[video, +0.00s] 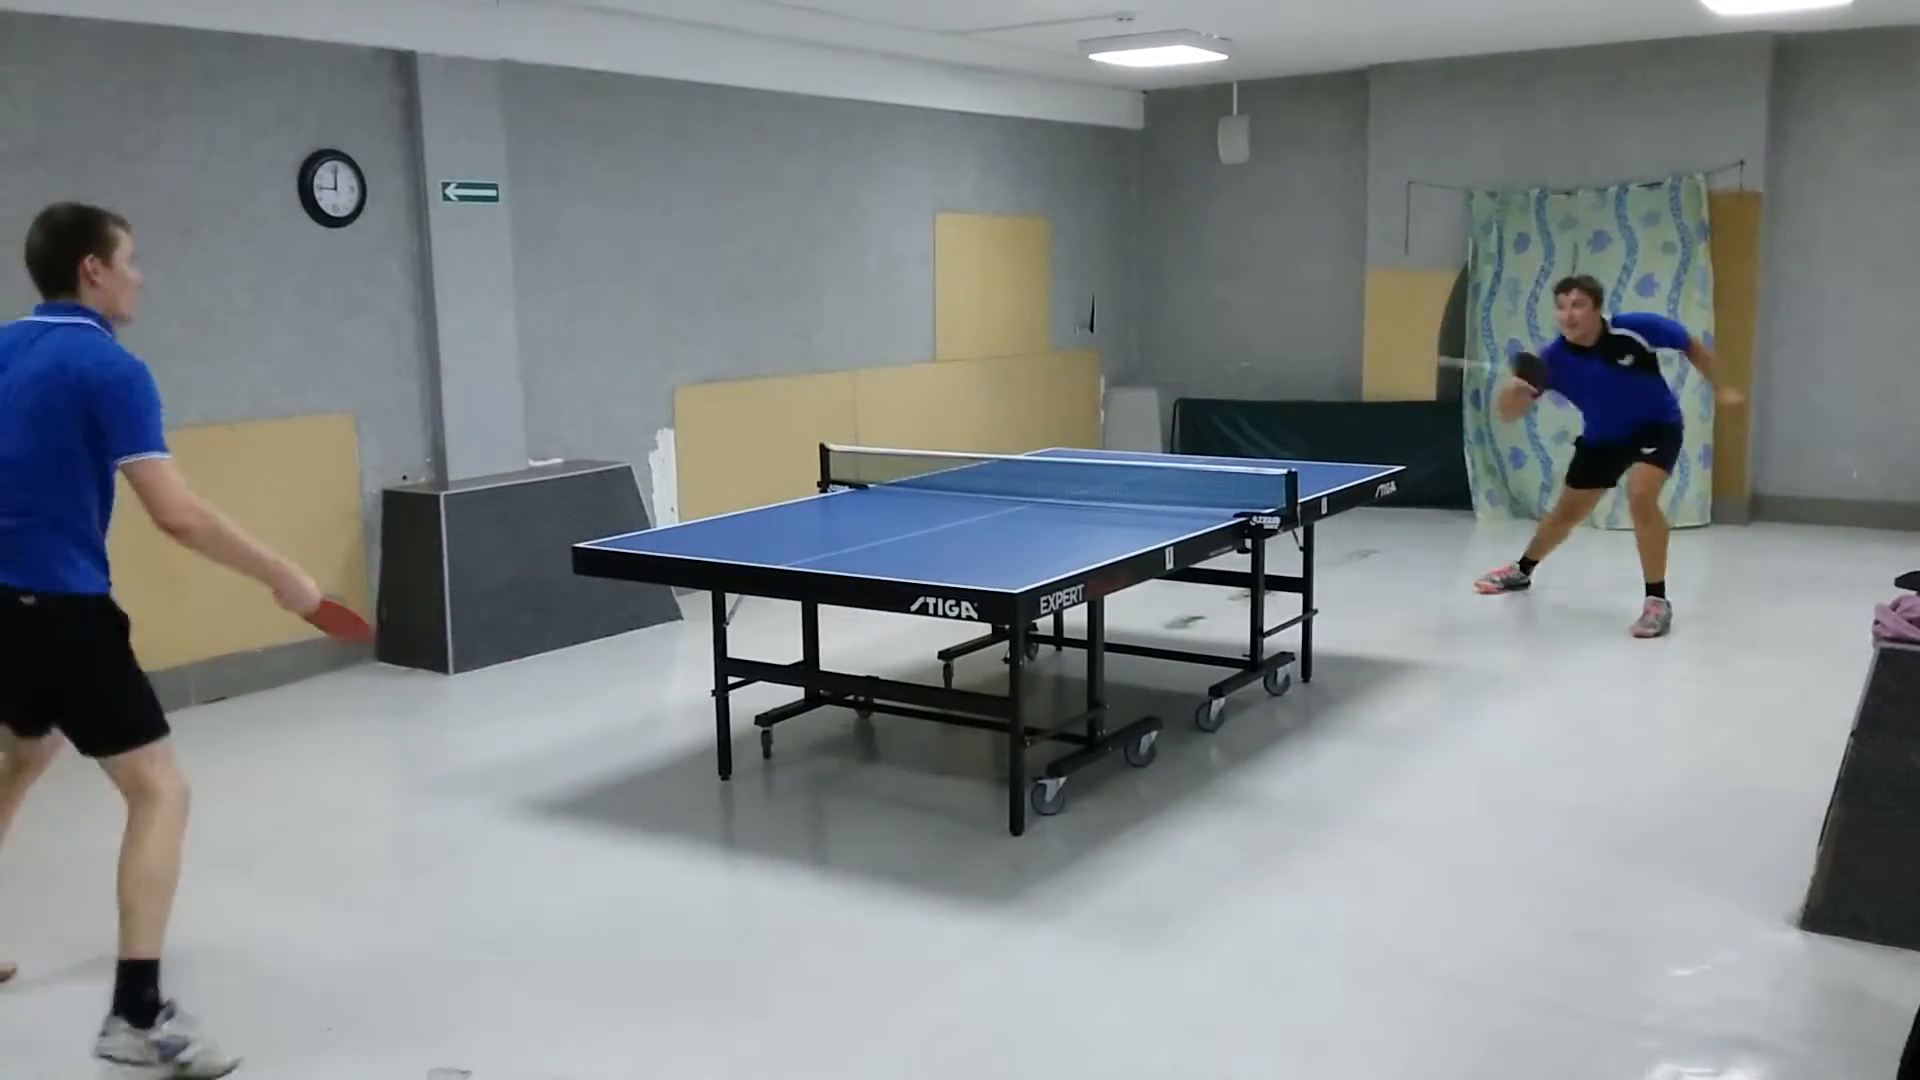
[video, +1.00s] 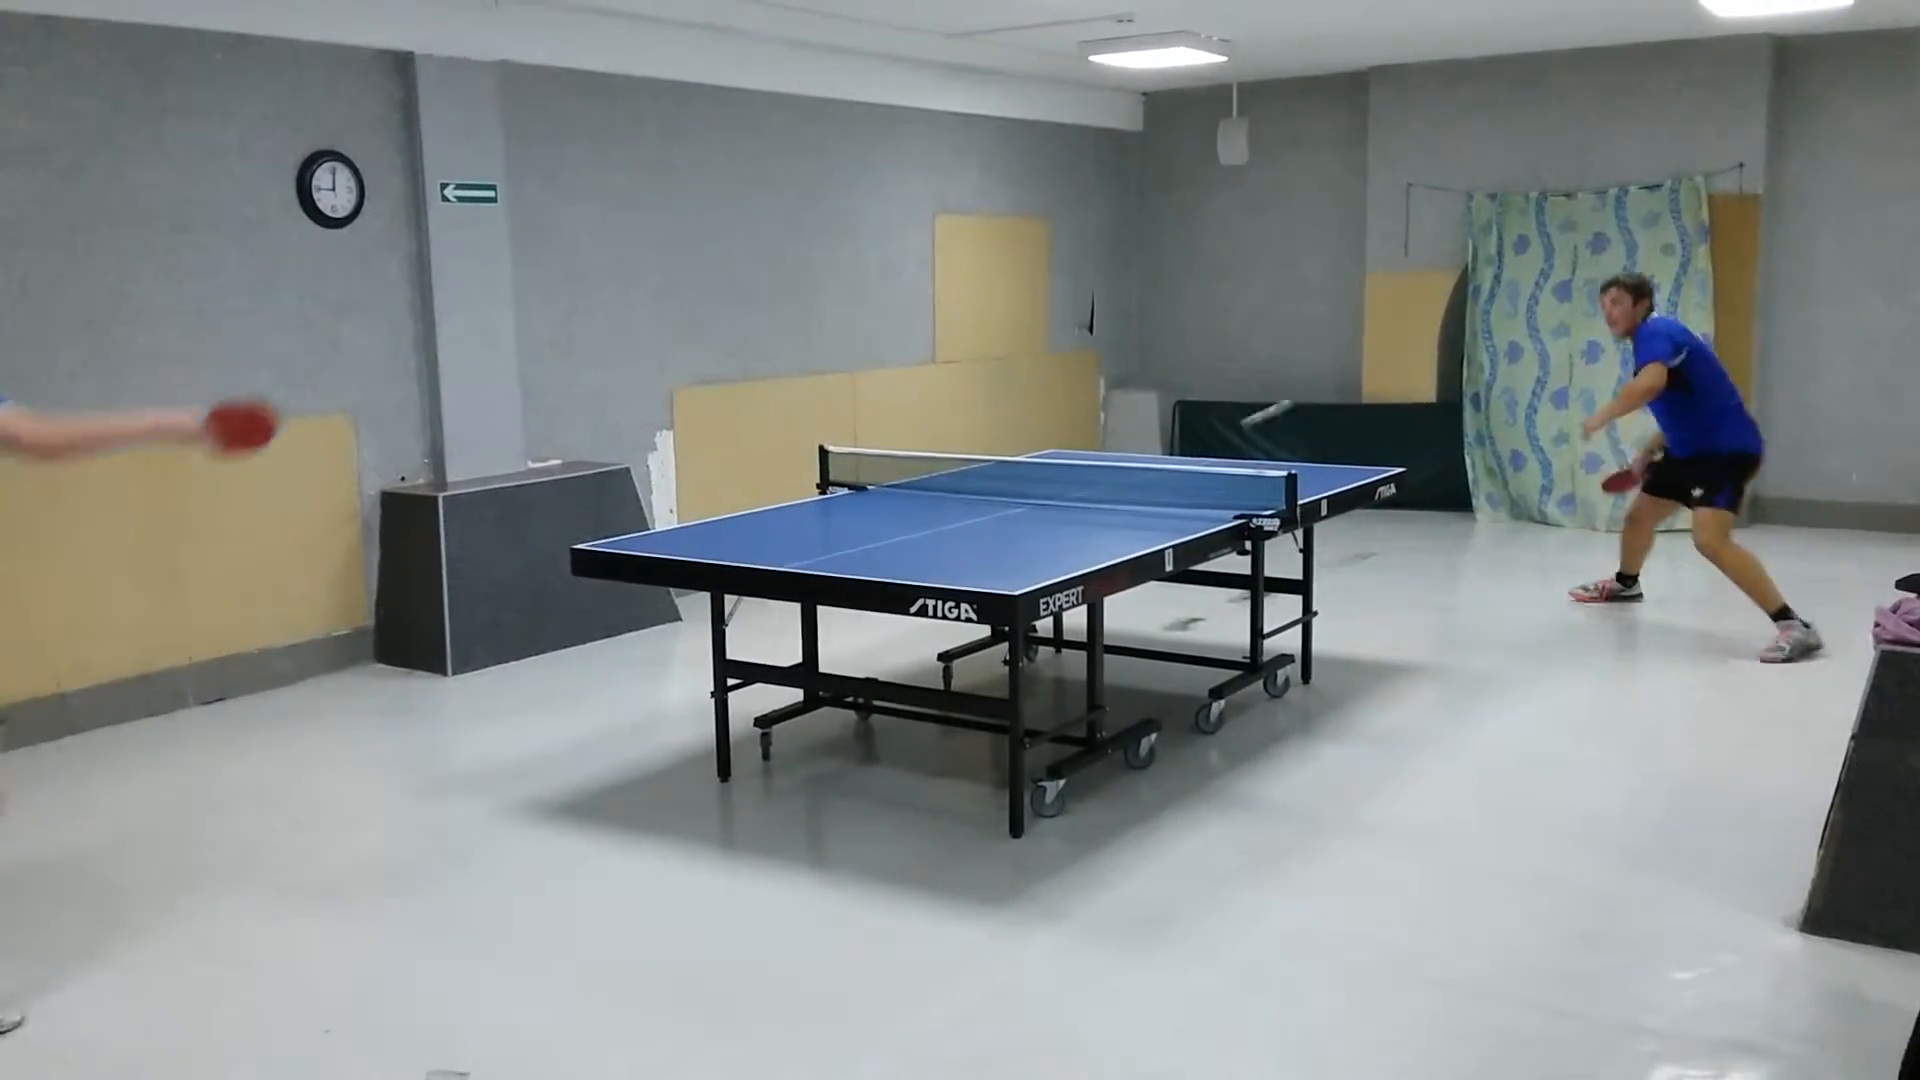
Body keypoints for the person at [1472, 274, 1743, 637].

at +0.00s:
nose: (1569, 315)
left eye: (1578, 306)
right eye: (1563, 308)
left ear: (1598, 309)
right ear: (1556, 314)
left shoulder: (1634, 328)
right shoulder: (1553, 359)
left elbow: (1690, 346)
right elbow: (1508, 411)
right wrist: (1520, 387)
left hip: (1657, 426)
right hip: (1602, 436)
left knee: (1641, 496)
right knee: (1565, 513)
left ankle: (1656, 602)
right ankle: (1522, 571)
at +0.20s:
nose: (1593, 309)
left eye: (1603, 301)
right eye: (1588, 302)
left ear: (1625, 306)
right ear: (1583, 307)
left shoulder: (1663, 329)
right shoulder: (1576, 351)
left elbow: (1710, 350)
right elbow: (1563, 414)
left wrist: (1750, 374)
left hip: (1658, 430)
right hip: (1603, 434)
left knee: (1644, 497)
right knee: (1571, 512)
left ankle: (1650, 601)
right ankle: (1555, 570)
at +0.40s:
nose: (1611, 287)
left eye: (1622, 280)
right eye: (1607, 280)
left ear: (1645, 287)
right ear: (1602, 286)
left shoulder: (1677, 325)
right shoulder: (1584, 336)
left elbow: (1715, 368)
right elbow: (1581, 405)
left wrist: (1745, 415)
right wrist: (1631, 433)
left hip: (1650, 434)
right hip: (1595, 432)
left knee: (1643, 498)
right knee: (1568, 516)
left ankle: (1651, 601)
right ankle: (1581, 573)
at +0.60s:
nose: (1608, 251)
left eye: (1618, 244)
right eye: (1606, 244)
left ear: (1642, 250)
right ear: (1602, 250)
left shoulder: (1679, 294)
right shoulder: (1590, 302)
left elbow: (1715, 341)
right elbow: (1567, 359)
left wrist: (1712, 407)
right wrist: (1579, 399)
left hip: (1671, 415)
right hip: (1618, 414)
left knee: (1652, 497)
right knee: (1594, 492)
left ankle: (1660, 598)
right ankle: (1591, 570)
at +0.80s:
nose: (1601, 266)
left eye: (1609, 258)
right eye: (1598, 259)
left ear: (1633, 263)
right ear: (1596, 265)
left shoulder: (1660, 297)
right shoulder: (1604, 315)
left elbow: (1699, 351)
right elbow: (1597, 368)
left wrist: (1656, 405)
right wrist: (1573, 402)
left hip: (1688, 417)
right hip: (1642, 419)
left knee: (1677, 508)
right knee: (1610, 499)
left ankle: (1739, 605)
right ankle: (1619, 579)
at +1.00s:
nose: (1608, 312)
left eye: (1616, 303)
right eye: (1605, 305)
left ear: (1640, 305)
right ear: (1607, 310)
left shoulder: (1657, 331)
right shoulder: (1643, 345)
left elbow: (1651, 382)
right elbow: (1682, 413)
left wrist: (1603, 416)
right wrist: (1649, 452)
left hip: (1728, 449)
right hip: (1688, 450)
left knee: (1711, 540)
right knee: (1639, 516)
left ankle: (1793, 627)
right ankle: (1626, 584)